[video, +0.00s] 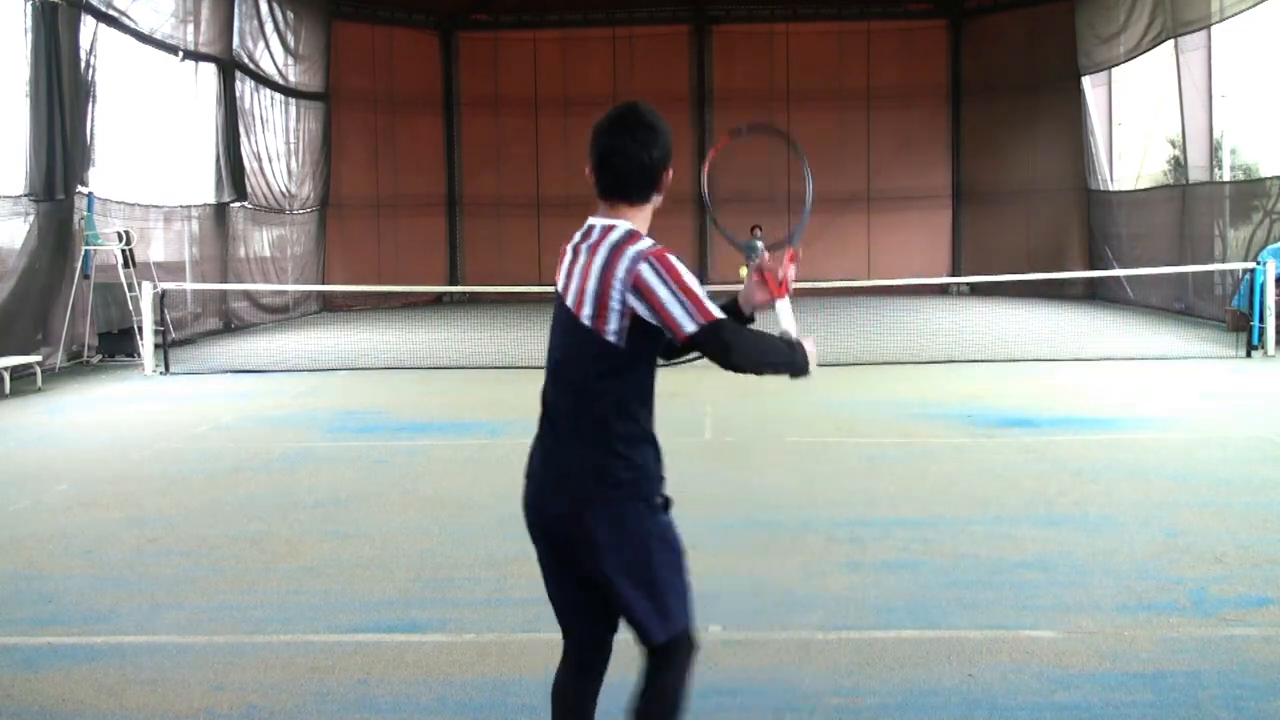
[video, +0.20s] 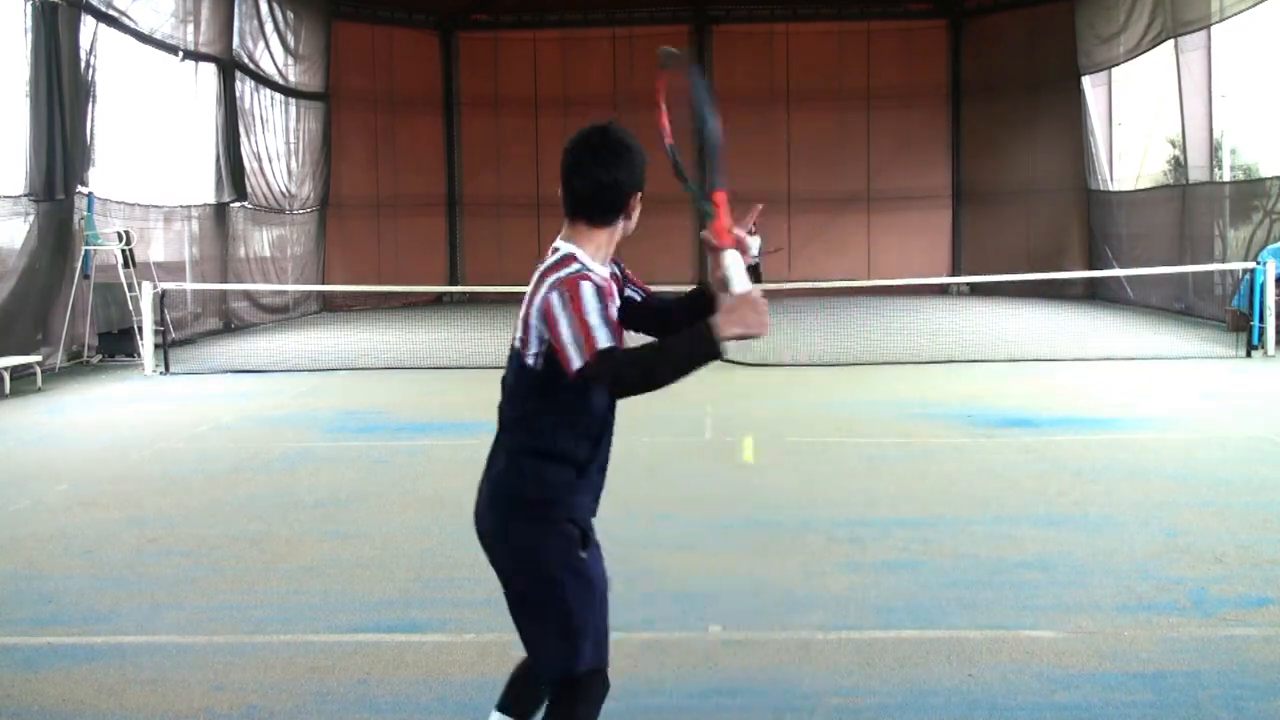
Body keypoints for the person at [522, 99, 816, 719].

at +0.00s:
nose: (669, 175)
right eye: (667, 165)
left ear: (592, 172)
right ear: (665, 178)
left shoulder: (581, 247)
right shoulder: (642, 261)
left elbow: (655, 336)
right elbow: (730, 346)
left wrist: (739, 301)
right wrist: (797, 353)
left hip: (552, 486)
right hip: (616, 492)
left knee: (586, 640)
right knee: (671, 645)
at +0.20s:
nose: (642, 207)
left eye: (636, 194)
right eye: (642, 196)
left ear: (566, 194)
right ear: (633, 205)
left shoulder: (594, 274)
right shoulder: (571, 283)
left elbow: (668, 319)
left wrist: (724, 271)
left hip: (551, 506)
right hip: (534, 512)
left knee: (554, 655)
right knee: (583, 680)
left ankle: (506, 715)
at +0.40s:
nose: (611, 218)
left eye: (610, 206)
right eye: (611, 206)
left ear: (540, 201)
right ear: (598, 213)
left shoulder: (568, 275)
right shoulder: (516, 286)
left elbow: (631, 316)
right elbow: (507, 380)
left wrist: (718, 321)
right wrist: (553, 369)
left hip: (517, 503)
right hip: (488, 509)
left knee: (504, 634)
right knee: (553, 677)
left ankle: (458, 717)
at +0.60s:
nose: (588, 237)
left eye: (588, 225)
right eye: (589, 226)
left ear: (513, 217)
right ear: (575, 236)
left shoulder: (530, 289)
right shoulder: (487, 308)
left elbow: (588, 294)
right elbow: (465, 393)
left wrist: (667, 293)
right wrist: (483, 436)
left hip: (457, 500)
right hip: (472, 516)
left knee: (478, 626)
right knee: (526, 674)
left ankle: (445, 716)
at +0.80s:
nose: (540, 206)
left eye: (540, 194)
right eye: (536, 196)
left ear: (472, 197)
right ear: (503, 206)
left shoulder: (406, 246)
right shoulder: (516, 289)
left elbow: (395, 210)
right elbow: (573, 340)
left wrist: (462, 196)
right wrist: (634, 300)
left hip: (432, 481)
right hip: (503, 487)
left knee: (433, 622)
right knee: (512, 637)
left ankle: (426, 719)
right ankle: (483, 719)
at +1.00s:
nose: (518, 192)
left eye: (516, 181)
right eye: (517, 181)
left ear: (441, 187)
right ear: (505, 191)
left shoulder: (408, 264)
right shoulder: (531, 252)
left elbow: (347, 313)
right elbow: (491, 205)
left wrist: (321, 224)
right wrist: (416, 170)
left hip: (440, 474)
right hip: (520, 471)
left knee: (436, 623)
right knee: (532, 624)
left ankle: (426, 718)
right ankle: (519, 715)